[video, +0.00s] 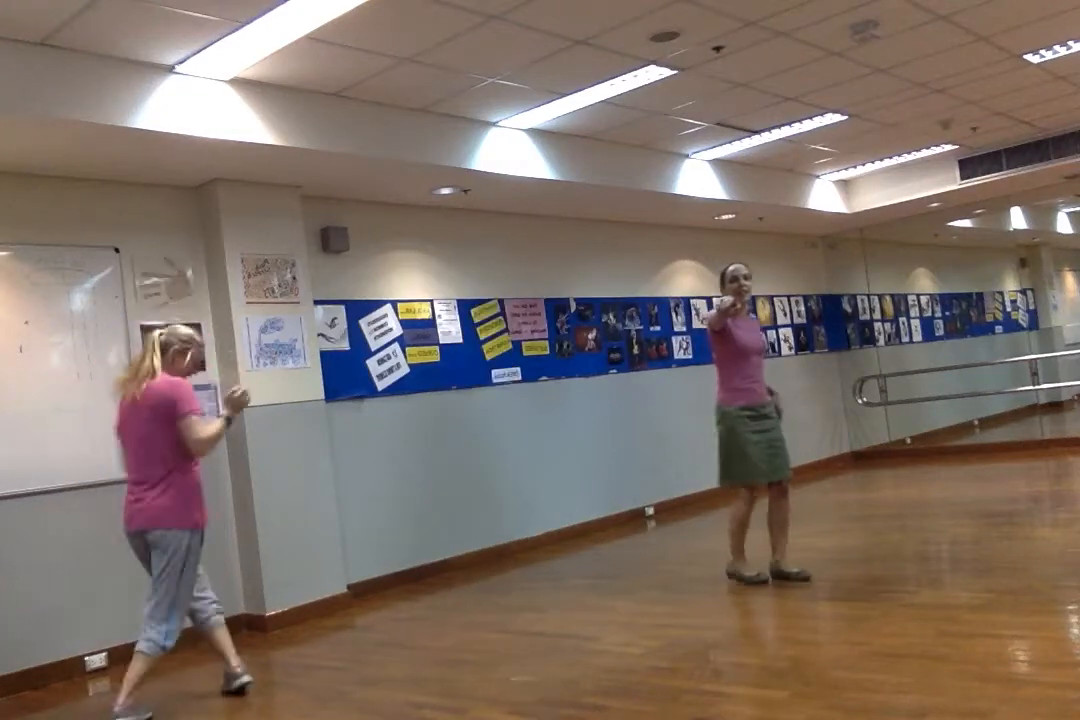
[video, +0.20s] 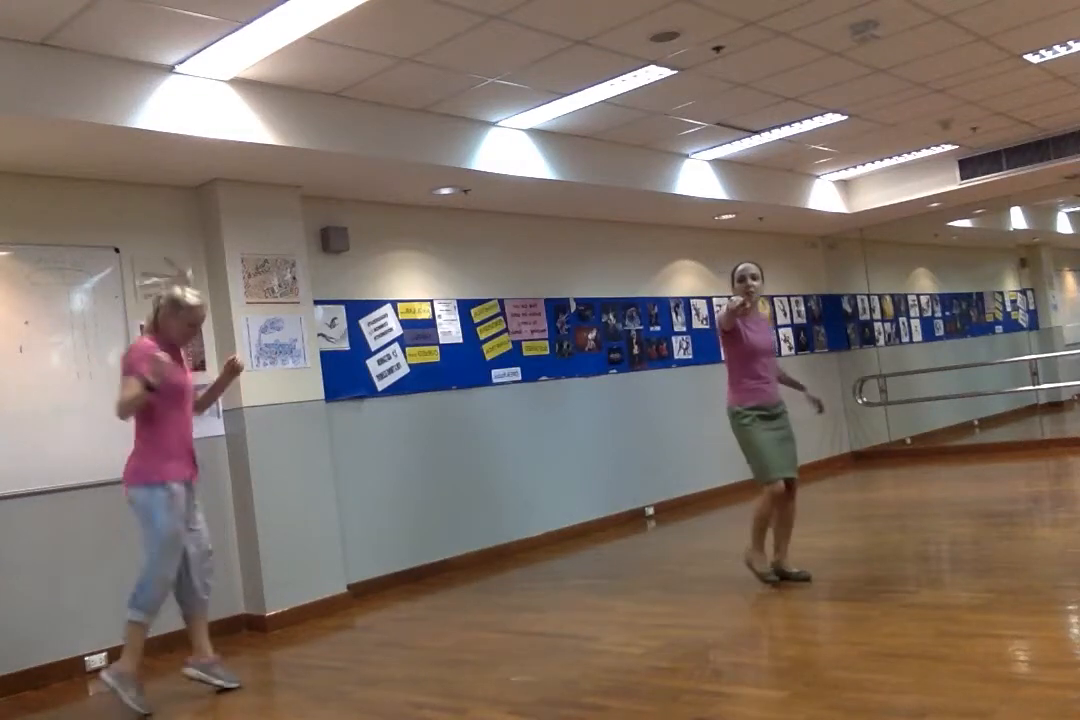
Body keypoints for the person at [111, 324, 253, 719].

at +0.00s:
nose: (195, 368)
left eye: (197, 361)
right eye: (194, 360)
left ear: (161, 353)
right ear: (179, 355)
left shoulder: (130, 394)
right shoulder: (176, 387)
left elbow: (131, 448)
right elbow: (198, 441)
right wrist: (228, 415)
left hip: (136, 517)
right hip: (176, 515)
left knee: (197, 593)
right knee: (164, 611)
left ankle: (235, 668)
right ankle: (123, 703)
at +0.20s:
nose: (193, 334)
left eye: (196, 328)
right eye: (189, 325)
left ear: (191, 324)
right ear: (166, 317)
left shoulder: (175, 353)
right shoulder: (143, 350)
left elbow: (192, 407)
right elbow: (123, 408)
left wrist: (223, 379)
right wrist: (147, 386)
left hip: (180, 475)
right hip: (154, 478)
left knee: (195, 559)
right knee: (164, 562)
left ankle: (203, 656)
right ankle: (125, 669)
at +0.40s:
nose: (179, 338)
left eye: (184, 330)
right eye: (171, 330)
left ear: (190, 332)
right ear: (152, 330)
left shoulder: (199, 370)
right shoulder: (130, 371)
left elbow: (228, 418)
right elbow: (105, 431)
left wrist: (255, 407)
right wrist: (108, 394)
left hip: (197, 494)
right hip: (145, 498)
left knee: (214, 577)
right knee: (145, 583)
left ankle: (218, 661)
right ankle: (152, 675)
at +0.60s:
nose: (149, 336)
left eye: (154, 328)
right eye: (142, 330)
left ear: (170, 322)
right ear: (136, 329)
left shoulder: (198, 361)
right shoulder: (127, 364)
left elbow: (236, 410)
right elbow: (111, 416)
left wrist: (235, 394)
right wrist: (84, 388)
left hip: (194, 478)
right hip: (147, 482)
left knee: (209, 567)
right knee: (148, 576)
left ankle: (220, 651)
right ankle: (157, 667)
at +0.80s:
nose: (144, 336)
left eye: (146, 326)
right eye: (136, 332)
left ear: (162, 316)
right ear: (130, 331)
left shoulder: (194, 352)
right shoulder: (131, 357)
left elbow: (227, 399)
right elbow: (103, 403)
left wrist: (231, 400)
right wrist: (90, 368)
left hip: (196, 468)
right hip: (152, 473)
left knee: (175, 562)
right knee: (199, 558)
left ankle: (150, 656)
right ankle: (247, 633)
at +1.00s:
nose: (128, 382)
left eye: (128, 373)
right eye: (123, 376)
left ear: (148, 360)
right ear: (134, 370)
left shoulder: (185, 396)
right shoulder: (156, 397)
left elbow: (189, 460)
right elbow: (154, 443)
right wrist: (127, 421)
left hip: (199, 510)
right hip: (170, 514)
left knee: (169, 592)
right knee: (211, 593)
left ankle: (150, 678)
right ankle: (270, 647)